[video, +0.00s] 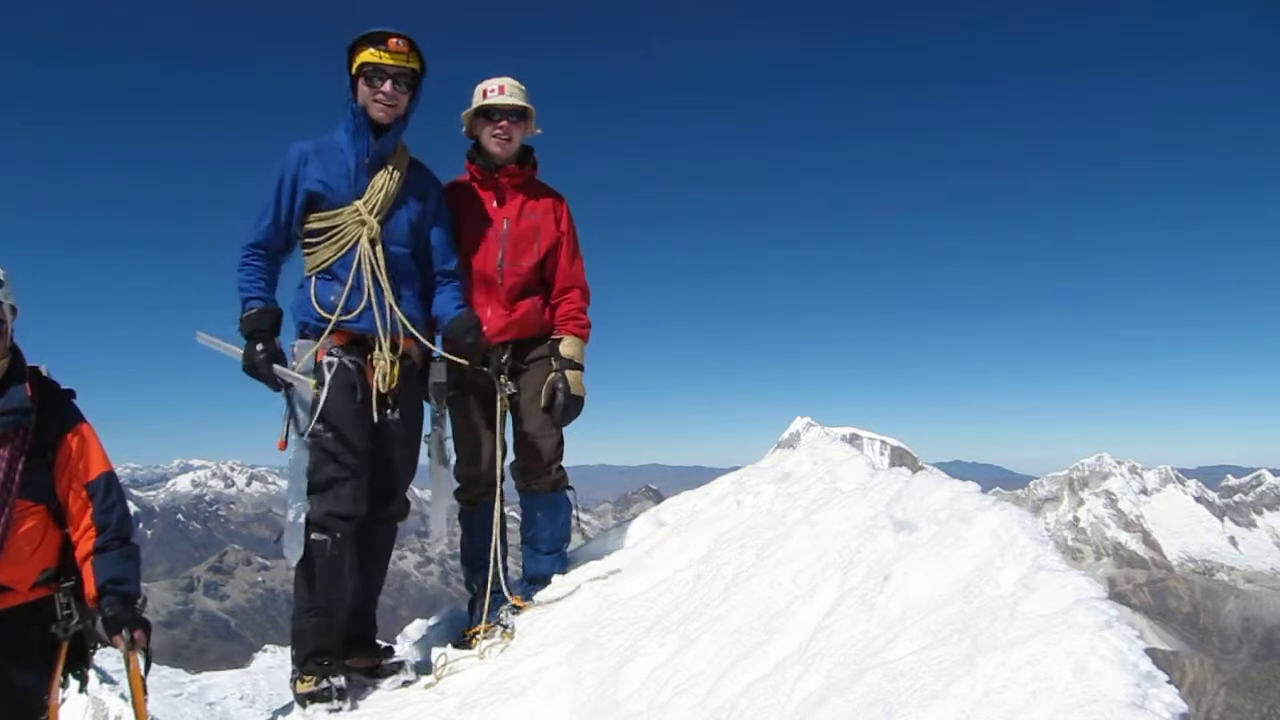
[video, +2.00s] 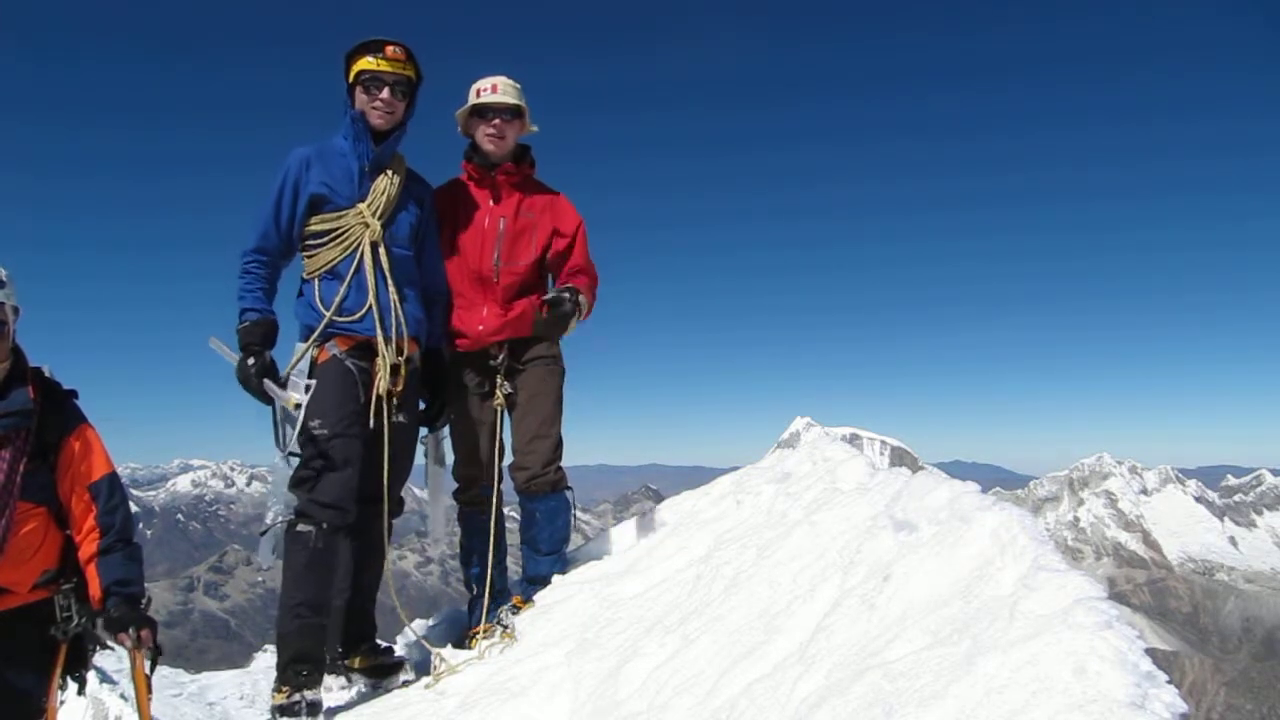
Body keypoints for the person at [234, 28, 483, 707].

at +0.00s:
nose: (388, 89)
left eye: (401, 80)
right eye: (376, 76)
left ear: (414, 92)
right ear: (355, 83)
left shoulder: (421, 182)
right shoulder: (309, 160)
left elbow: (445, 274)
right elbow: (261, 250)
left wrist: (456, 328)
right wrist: (259, 329)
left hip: (404, 357)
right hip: (330, 352)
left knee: (384, 503)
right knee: (339, 500)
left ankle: (357, 641)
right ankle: (316, 658)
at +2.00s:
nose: (384, 97)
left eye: (397, 88)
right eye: (372, 85)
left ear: (410, 100)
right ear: (352, 92)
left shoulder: (418, 191)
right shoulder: (312, 163)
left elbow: (431, 283)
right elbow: (261, 257)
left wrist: (438, 362)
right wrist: (256, 338)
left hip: (405, 363)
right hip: (338, 356)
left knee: (377, 506)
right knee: (326, 503)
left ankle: (354, 639)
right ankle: (299, 670)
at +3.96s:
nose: (388, 109)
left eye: (391, 99)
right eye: (377, 97)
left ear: (385, 108)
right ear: (342, 99)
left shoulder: (387, 192)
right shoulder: (298, 171)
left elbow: (416, 280)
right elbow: (254, 268)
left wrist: (431, 358)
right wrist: (310, 293)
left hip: (397, 368)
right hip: (334, 364)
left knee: (378, 512)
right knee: (314, 509)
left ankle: (354, 646)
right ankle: (279, 678)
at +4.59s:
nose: (383, 107)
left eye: (387, 98)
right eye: (372, 95)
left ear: (383, 107)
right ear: (336, 97)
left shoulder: (383, 193)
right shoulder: (294, 172)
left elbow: (410, 280)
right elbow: (257, 274)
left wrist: (431, 358)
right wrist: (280, 348)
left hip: (400, 371)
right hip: (334, 366)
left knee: (379, 513)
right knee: (310, 514)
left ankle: (354, 645)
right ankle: (278, 682)